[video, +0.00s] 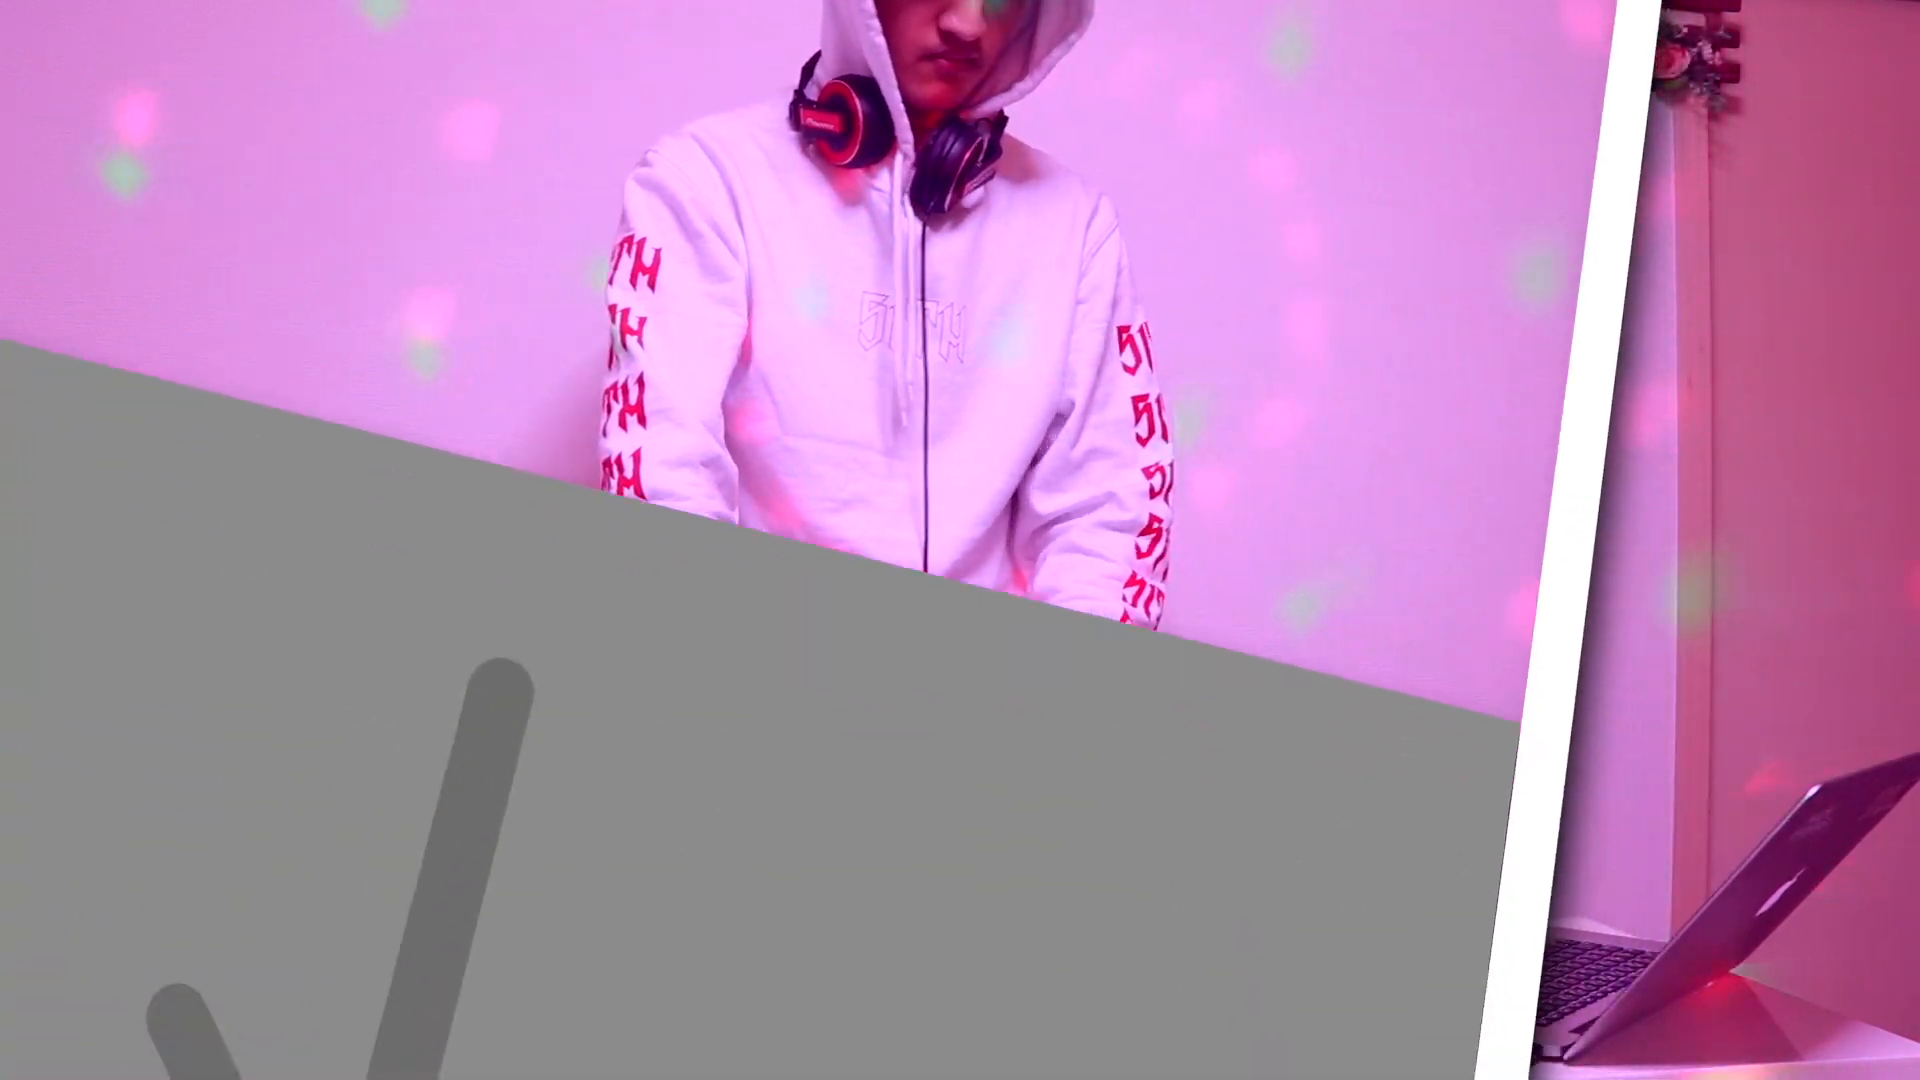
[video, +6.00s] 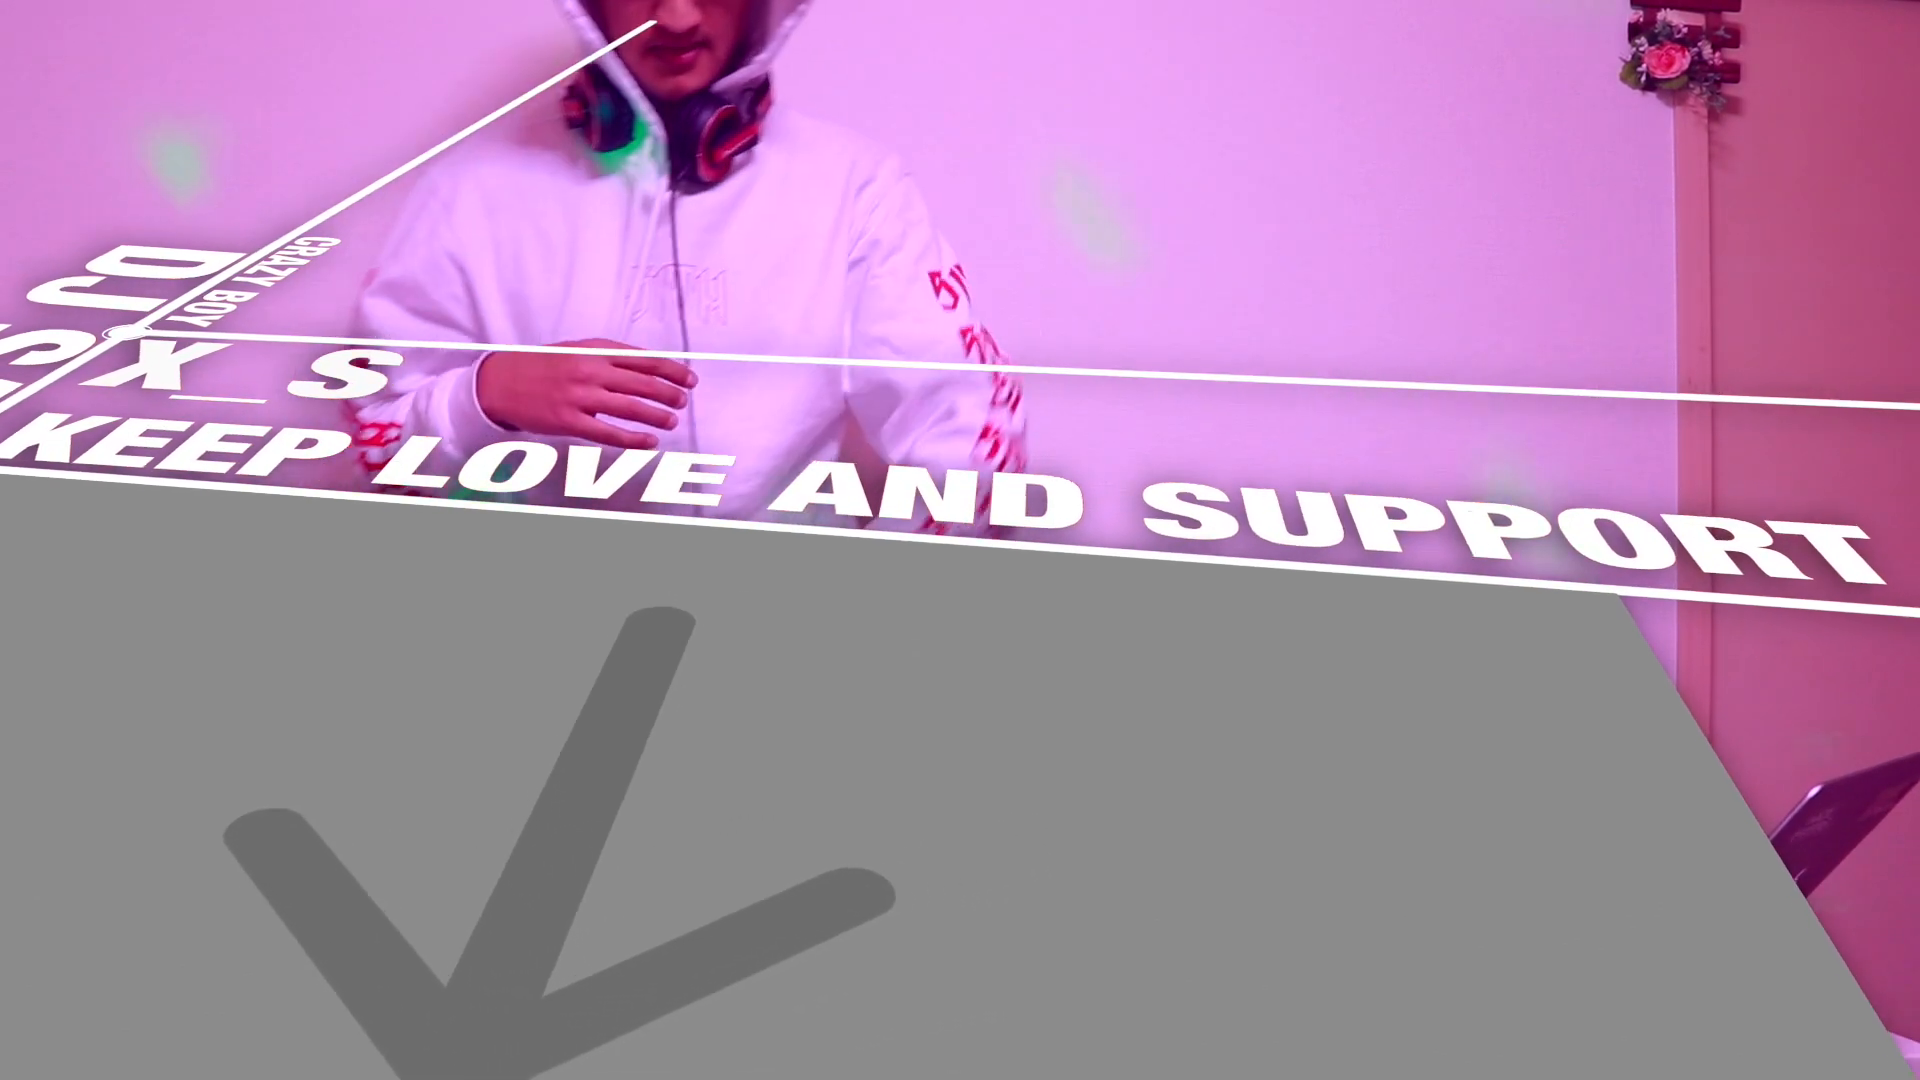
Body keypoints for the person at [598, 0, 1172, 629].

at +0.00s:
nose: (967, 25)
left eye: (1001, 1)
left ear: (1029, 23)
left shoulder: (1073, 224)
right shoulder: (705, 179)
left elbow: (1114, 514)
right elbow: (659, 469)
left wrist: (1048, 682)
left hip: (986, 654)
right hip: (759, 625)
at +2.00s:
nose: (893, 9)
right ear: (813, 21)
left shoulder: (1137, 210)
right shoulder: (764, 227)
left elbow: (1197, 497)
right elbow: (719, 505)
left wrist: (1143, 712)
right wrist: (759, 742)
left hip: (1058, 766)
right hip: (811, 772)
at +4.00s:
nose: (687, 30)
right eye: (646, 1)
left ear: (748, 13)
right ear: (585, 17)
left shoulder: (831, 206)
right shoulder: (518, 221)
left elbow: (935, 478)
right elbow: (581, 476)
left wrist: (938, 322)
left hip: (807, 574)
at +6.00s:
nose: (676, 14)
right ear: (589, 3)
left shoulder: (853, 190)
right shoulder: (476, 191)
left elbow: (967, 424)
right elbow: (375, 421)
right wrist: (491, 390)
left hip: (768, 601)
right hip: (517, 593)